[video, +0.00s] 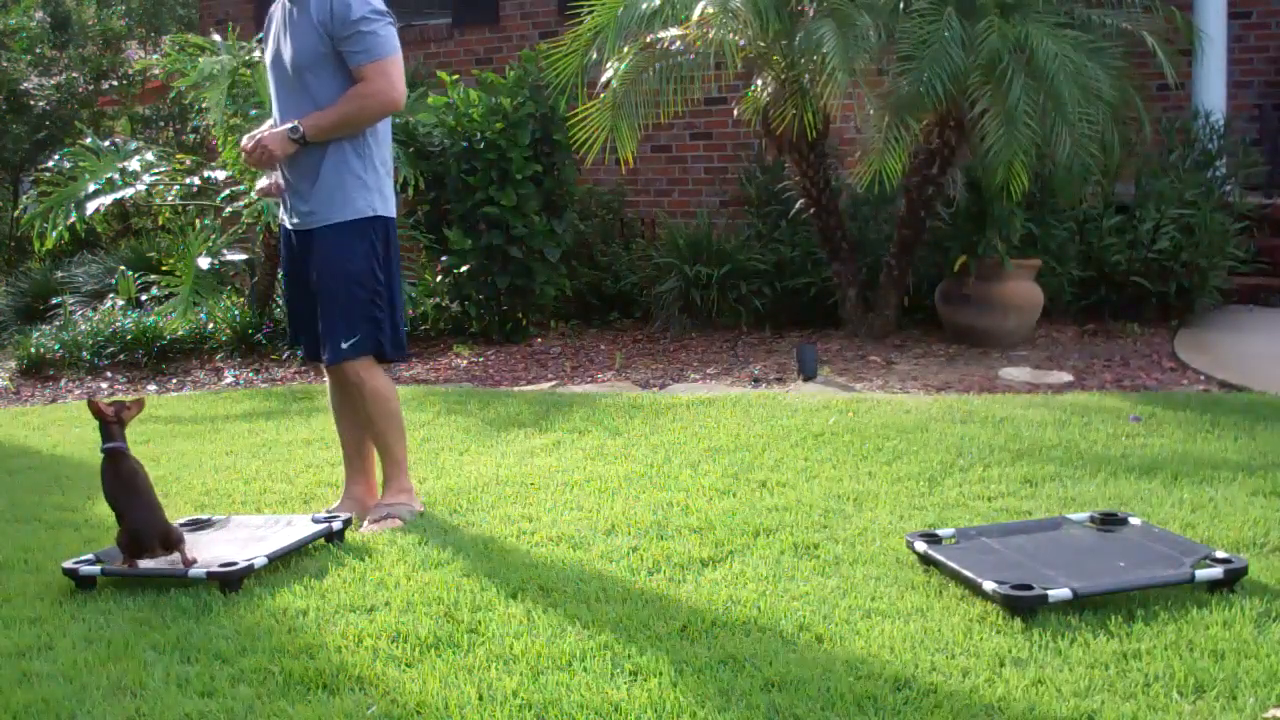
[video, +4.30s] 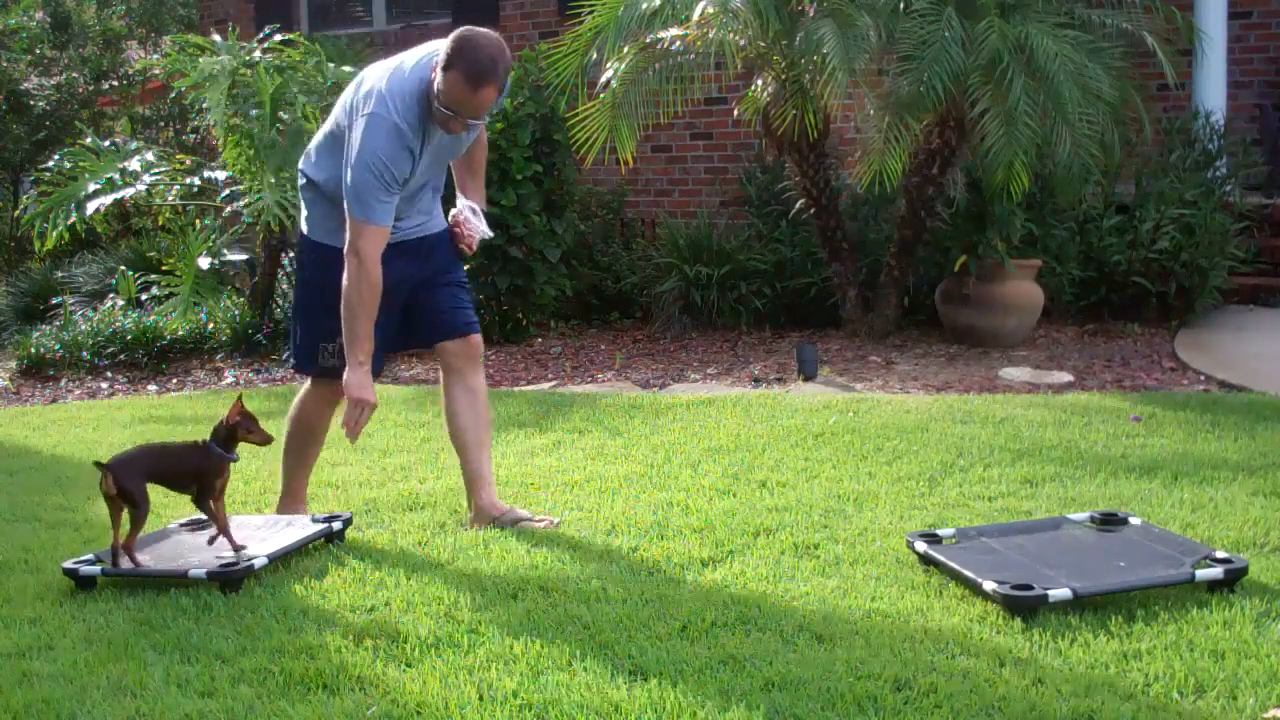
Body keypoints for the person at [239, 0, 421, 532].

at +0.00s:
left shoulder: (345, 2)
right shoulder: (282, 13)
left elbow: (387, 91)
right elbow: (310, 105)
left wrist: (294, 132)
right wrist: (287, 169)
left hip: (351, 206)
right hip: (308, 210)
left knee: (354, 354)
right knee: (335, 358)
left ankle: (401, 492)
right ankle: (360, 494)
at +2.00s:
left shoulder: (394, 5)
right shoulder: (308, 7)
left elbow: (430, 102)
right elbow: (310, 78)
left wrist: (337, 145)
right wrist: (295, 118)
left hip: (391, 204)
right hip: (325, 205)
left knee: (403, 351)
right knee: (329, 350)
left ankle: (403, 495)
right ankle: (358, 492)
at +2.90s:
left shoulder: (400, 8)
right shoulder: (264, 13)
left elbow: (441, 101)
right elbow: (247, 99)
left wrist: (364, 149)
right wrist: (232, 173)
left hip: (387, 206)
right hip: (305, 207)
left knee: (396, 356)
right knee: (300, 355)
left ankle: (405, 496)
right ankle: (287, 498)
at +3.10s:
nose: (291, 3)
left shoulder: (382, 14)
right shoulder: (240, 37)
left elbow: (416, 97)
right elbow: (213, 147)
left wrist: (380, 153)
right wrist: (227, 251)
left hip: (371, 217)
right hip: (289, 223)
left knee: (386, 359)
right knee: (293, 366)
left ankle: (402, 496)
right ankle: (286, 514)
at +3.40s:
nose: (320, 80)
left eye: (333, 67)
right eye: (308, 67)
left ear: (354, 40)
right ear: (288, 34)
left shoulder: (375, 49)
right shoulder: (252, 85)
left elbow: (373, 114)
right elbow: (234, 220)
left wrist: (369, 196)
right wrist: (236, 332)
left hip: (344, 223)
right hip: (271, 232)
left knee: (354, 352)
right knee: (278, 369)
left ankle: (345, 499)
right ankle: (285, 510)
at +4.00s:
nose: (380, 116)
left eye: (394, 107)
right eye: (368, 103)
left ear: (412, 77)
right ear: (351, 70)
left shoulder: (405, 62)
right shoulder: (301, 114)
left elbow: (396, 116)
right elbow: (283, 248)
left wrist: (409, 186)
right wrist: (283, 359)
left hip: (347, 210)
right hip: (275, 225)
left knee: (407, 321)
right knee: (288, 375)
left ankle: (411, 486)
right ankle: (285, 516)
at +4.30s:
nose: (460, 125)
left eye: (474, 116)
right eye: (449, 111)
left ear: (495, 90)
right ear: (436, 74)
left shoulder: (488, 79)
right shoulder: (384, 119)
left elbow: (473, 130)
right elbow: (362, 254)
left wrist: (472, 204)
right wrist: (359, 366)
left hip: (421, 220)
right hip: (343, 227)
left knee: (464, 346)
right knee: (329, 378)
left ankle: (485, 506)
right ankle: (290, 509)